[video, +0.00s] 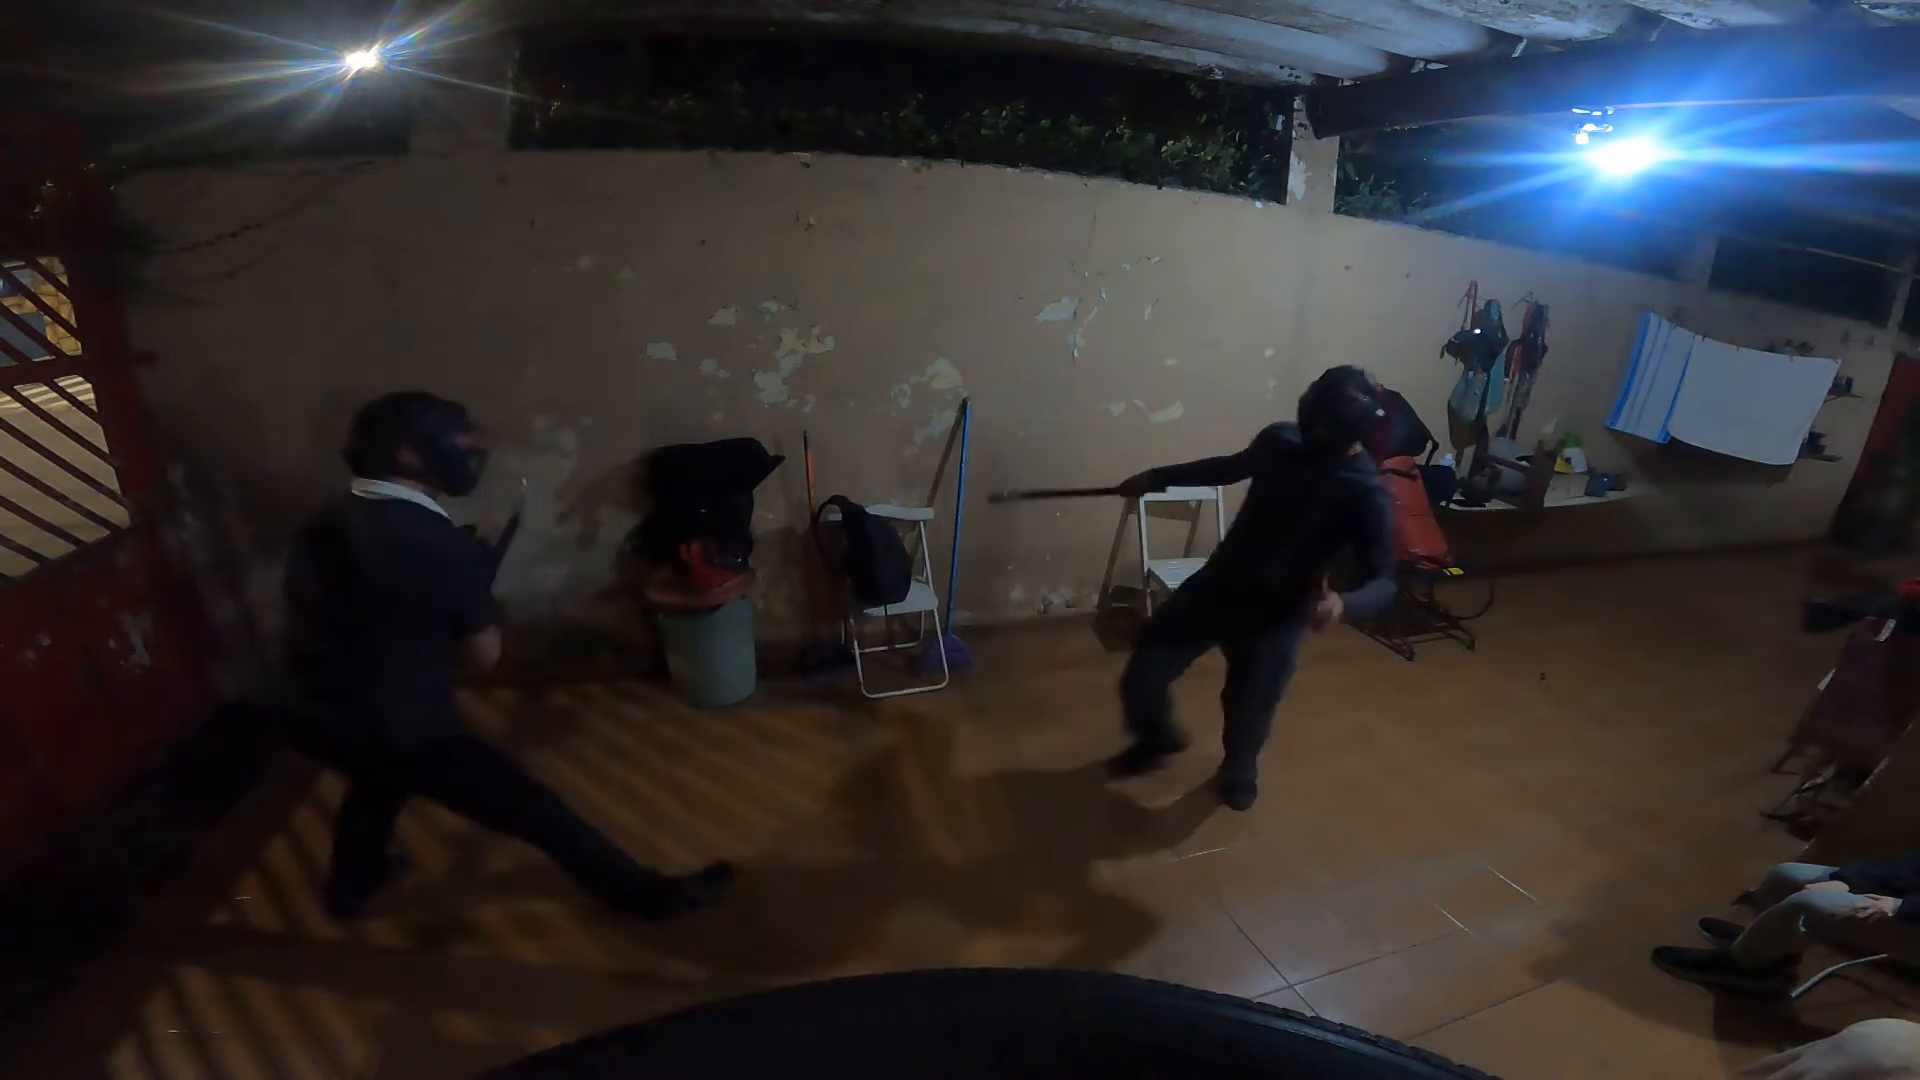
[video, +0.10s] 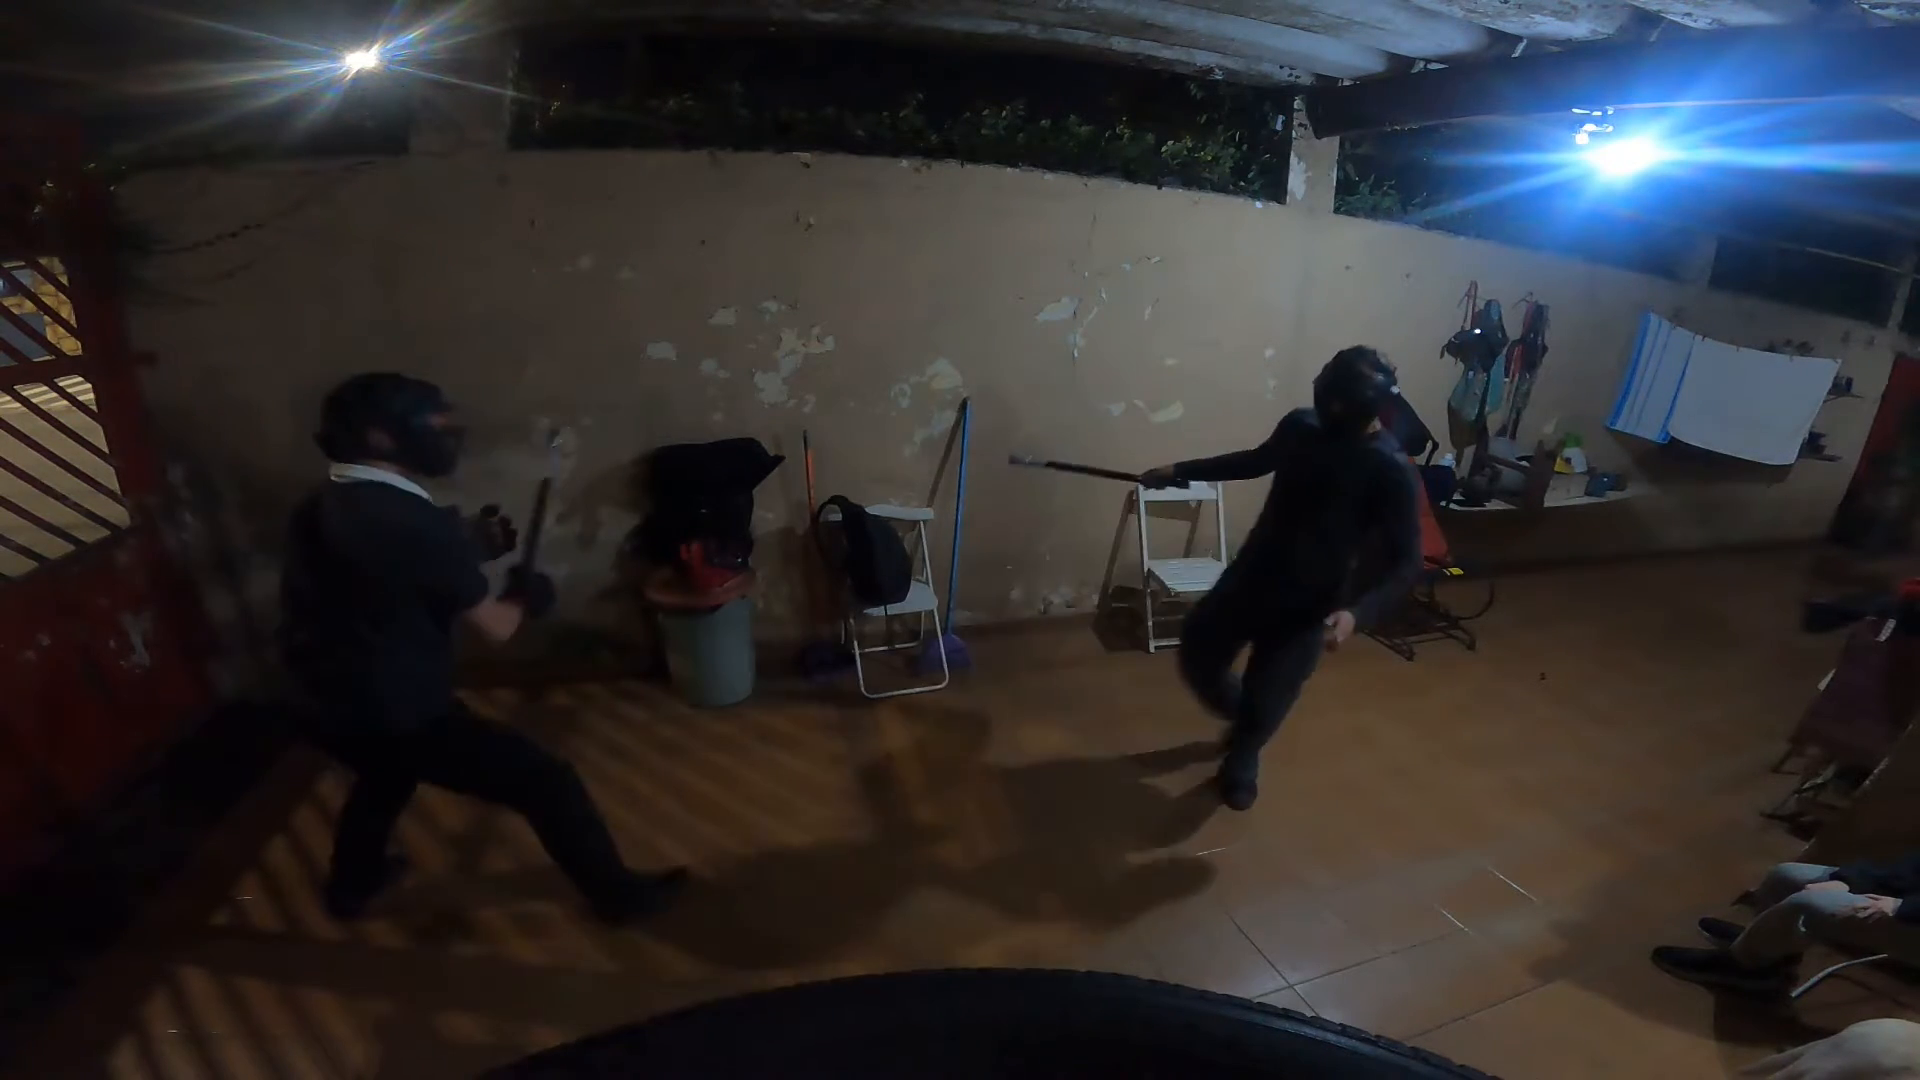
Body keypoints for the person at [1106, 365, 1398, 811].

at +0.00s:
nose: (1304, 416)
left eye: (1317, 414)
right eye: (1309, 409)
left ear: (1345, 430)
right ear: (1312, 415)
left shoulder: (1364, 491)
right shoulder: (1281, 442)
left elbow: (1384, 583)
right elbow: (1226, 470)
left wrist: (1345, 602)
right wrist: (1153, 479)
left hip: (1277, 613)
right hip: (1219, 585)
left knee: (1249, 711)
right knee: (1142, 676)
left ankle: (1238, 778)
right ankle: (1155, 738)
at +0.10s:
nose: (1323, 409)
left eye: (1335, 404)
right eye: (1324, 398)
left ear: (1365, 414)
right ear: (1322, 397)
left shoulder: (1390, 471)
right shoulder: (1301, 428)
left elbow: (1407, 564)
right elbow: (1254, 463)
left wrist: (1358, 612)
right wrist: (1178, 472)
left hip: (1312, 601)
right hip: (1256, 572)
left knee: (1266, 698)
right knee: (1198, 654)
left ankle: (1242, 764)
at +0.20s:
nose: (1351, 416)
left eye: (1360, 408)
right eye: (1345, 404)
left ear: (1387, 403)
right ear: (1337, 395)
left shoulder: (1418, 458)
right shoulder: (1321, 424)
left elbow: (1442, 535)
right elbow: (1287, 468)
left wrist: (1400, 589)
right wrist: (1219, 490)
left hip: (1360, 579)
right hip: (1305, 562)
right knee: (1304, 658)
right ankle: (1342, 707)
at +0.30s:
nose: (1350, 425)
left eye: (1361, 417)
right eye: (1345, 413)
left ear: (1387, 414)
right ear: (1339, 407)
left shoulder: (1419, 464)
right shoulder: (1325, 440)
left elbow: (1461, 532)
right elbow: (1301, 484)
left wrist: (1428, 594)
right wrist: (1239, 512)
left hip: (1381, 588)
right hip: (1327, 578)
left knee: (1340, 677)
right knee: (1325, 672)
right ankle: (1343, 732)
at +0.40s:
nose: (1361, 422)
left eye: (1371, 416)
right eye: (1359, 412)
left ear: (1401, 419)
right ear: (1354, 407)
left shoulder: (1430, 462)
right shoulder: (1342, 443)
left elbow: (1484, 533)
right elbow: (1324, 498)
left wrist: (1455, 588)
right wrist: (1281, 538)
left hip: (1397, 586)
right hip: (1342, 575)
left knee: (1376, 679)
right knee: (1329, 665)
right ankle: (1354, 719)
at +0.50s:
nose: (1393, 424)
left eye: (1404, 416)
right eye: (1387, 413)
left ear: (1427, 410)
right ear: (1377, 402)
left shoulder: (1454, 453)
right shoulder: (1354, 435)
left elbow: (1500, 525)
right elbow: (1331, 493)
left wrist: (1458, 556)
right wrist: (1316, 537)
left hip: (1414, 571)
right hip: (1353, 560)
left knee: (1411, 671)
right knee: (1322, 655)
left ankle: (1414, 714)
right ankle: (1348, 711)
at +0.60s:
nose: (1414, 439)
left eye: (1423, 431)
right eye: (1406, 429)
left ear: (1444, 419)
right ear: (1395, 415)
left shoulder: (1472, 460)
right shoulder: (1371, 445)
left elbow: (1512, 529)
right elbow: (1345, 504)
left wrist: (1460, 533)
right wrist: (1321, 539)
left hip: (1426, 571)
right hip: (1362, 561)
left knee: (1422, 656)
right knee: (1307, 646)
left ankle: (1415, 715)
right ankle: (1325, 699)